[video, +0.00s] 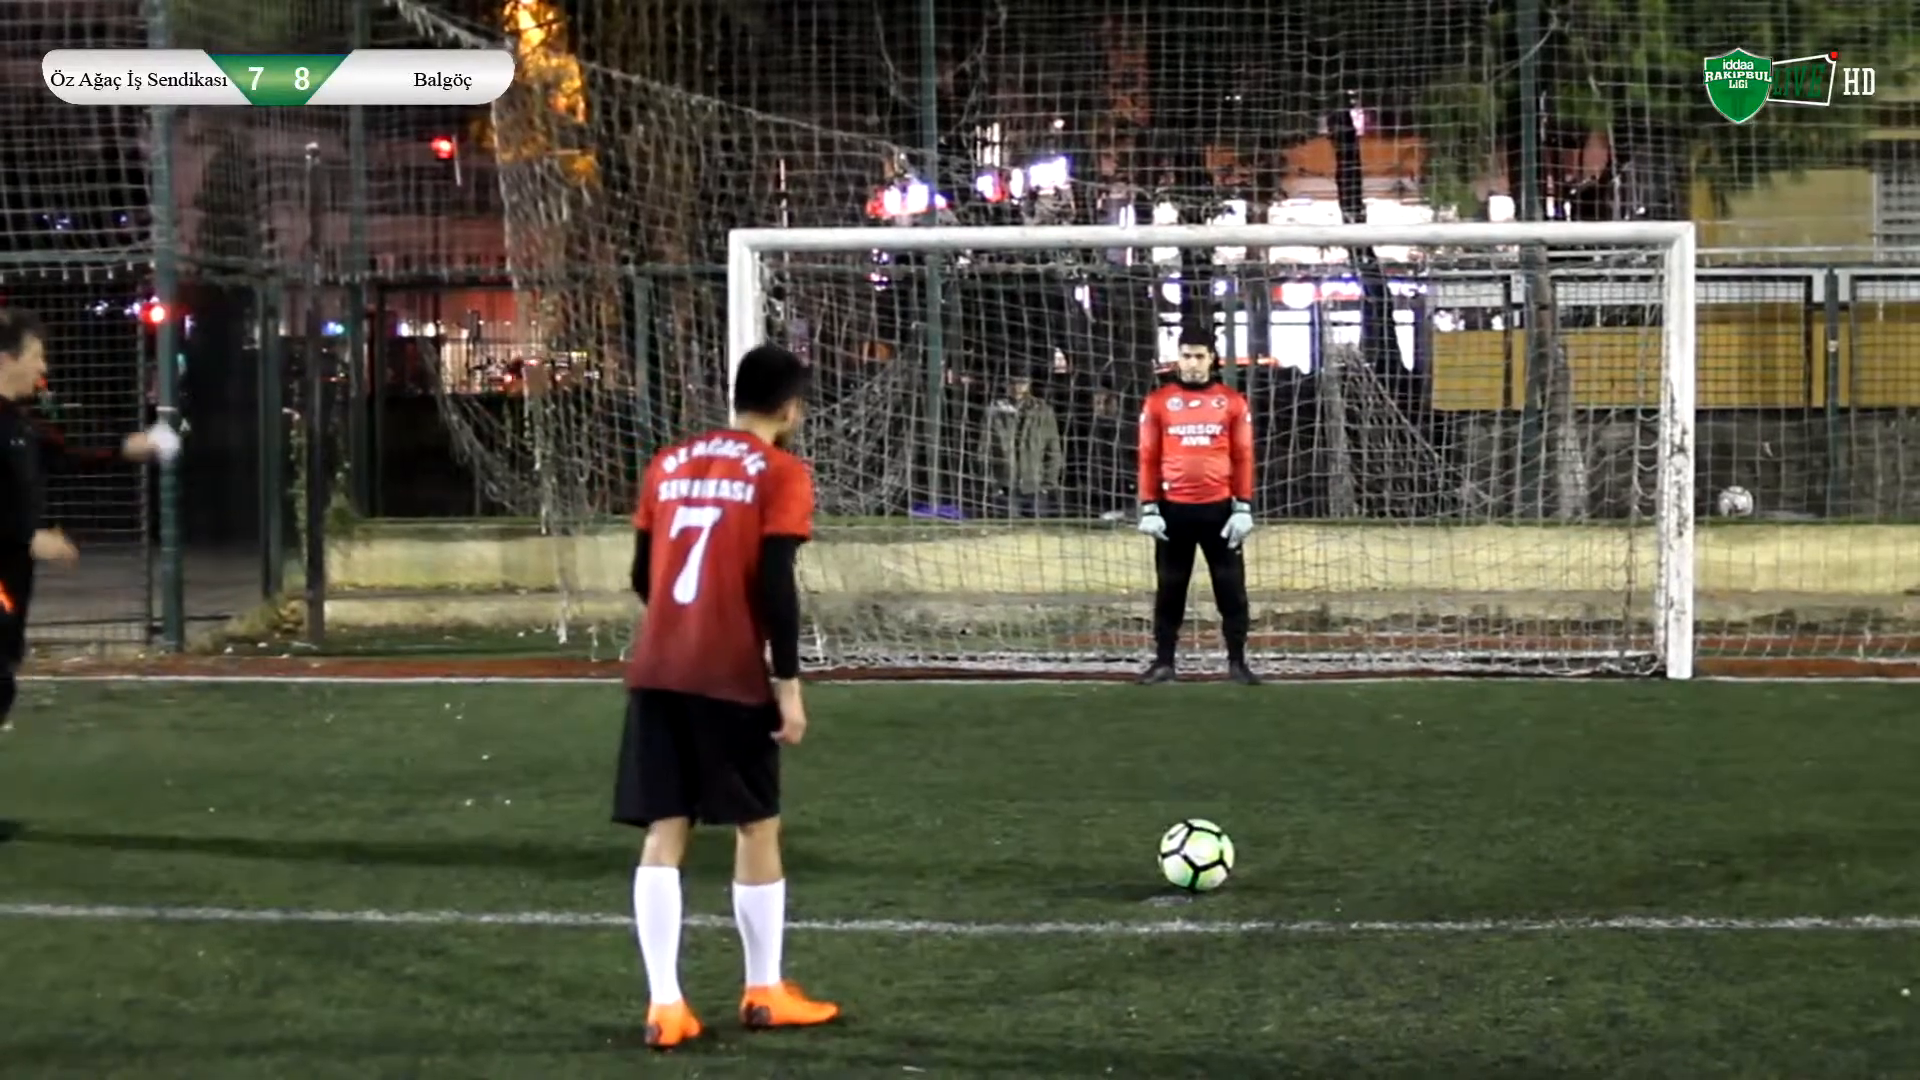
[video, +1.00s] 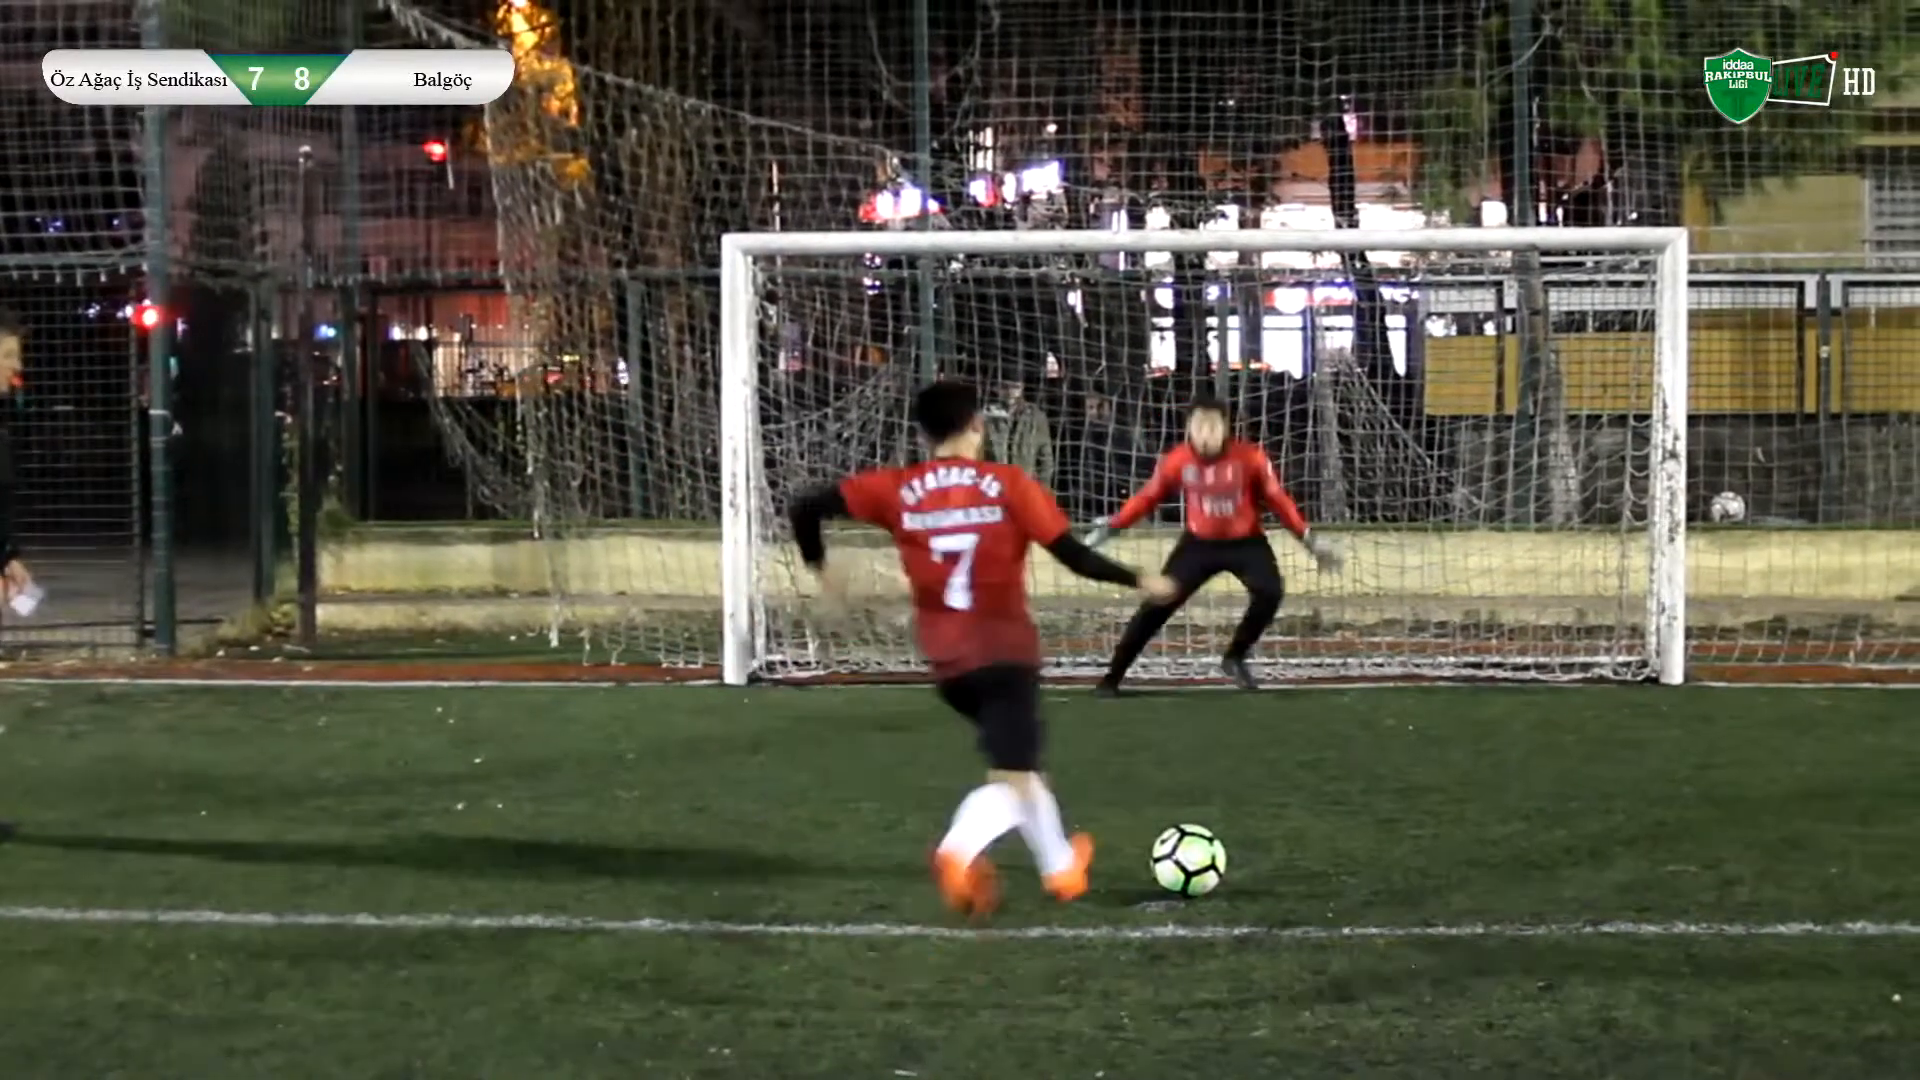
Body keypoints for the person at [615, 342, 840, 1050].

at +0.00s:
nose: (801, 417)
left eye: (799, 405)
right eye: (801, 406)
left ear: (737, 397)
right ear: (788, 408)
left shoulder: (671, 460)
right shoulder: (784, 472)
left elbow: (643, 575)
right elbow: (774, 577)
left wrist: (690, 627)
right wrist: (789, 679)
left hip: (656, 670)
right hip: (733, 675)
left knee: (665, 826)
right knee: (758, 825)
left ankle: (664, 1002)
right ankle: (766, 986)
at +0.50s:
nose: (855, 457)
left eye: (854, 446)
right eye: (854, 446)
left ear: (792, 440)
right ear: (841, 443)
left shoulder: (729, 496)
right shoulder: (837, 496)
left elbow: (695, 597)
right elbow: (810, 575)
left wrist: (734, 648)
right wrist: (805, 678)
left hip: (710, 688)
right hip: (782, 688)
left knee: (693, 834)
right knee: (850, 793)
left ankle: (664, 1002)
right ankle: (850, 957)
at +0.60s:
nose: (890, 478)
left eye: (888, 469)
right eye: (890, 468)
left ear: (829, 465)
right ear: (878, 466)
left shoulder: (776, 516)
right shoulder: (874, 512)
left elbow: (775, 613)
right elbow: (849, 575)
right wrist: (837, 671)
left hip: (749, 690)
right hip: (816, 689)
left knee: (718, 832)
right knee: (898, 792)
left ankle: (672, 991)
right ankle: (894, 953)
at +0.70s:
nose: (919, 491)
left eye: (917, 481)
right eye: (917, 481)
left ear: (857, 476)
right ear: (906, 479)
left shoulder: (815, 520)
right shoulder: (906, 521)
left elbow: (815, 612)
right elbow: (888, 587)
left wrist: (893, 647)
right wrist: (886, 671)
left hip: (787, 697)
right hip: (855, 697)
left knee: (757, 831)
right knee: (928, 808)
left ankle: (694, 970)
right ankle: (896, 964)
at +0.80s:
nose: (959, 483)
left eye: (956, 474)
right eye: (956, 474)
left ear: (895, 477)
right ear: (946, 475)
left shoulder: (860, 519)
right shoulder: (956, 526)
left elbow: (815, 546)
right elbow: (983, 610)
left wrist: (868, 572)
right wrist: (1020, 689)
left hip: (848, 697)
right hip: (915, 697)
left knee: (876, 840)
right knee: (961, 828)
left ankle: (801, 906)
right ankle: (903, 962)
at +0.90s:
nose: (971, 462)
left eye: (965, 453)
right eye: (968, 453)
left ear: (910, 458)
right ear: (961, 456)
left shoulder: (874, 499)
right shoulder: (984, 510)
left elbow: (803, 492)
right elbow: (1032, 591)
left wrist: (844, 544)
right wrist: (1089, 647)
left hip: (881, 676)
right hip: (944, 678)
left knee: (948, 799)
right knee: (969, 818)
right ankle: (913, 945)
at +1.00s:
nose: (985, 429)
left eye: (981, 421)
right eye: (981, 421)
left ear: (926, 433)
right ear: (974, 426)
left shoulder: (899, 487)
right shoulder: (1009, 484)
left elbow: (806, 506)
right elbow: (1075, 555)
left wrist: (818, 565)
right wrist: (1138, 581)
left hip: (948, 664)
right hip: (1006, 657)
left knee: (1021, 764)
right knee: (1015, 784)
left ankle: (1060, 863)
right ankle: (958, 849)